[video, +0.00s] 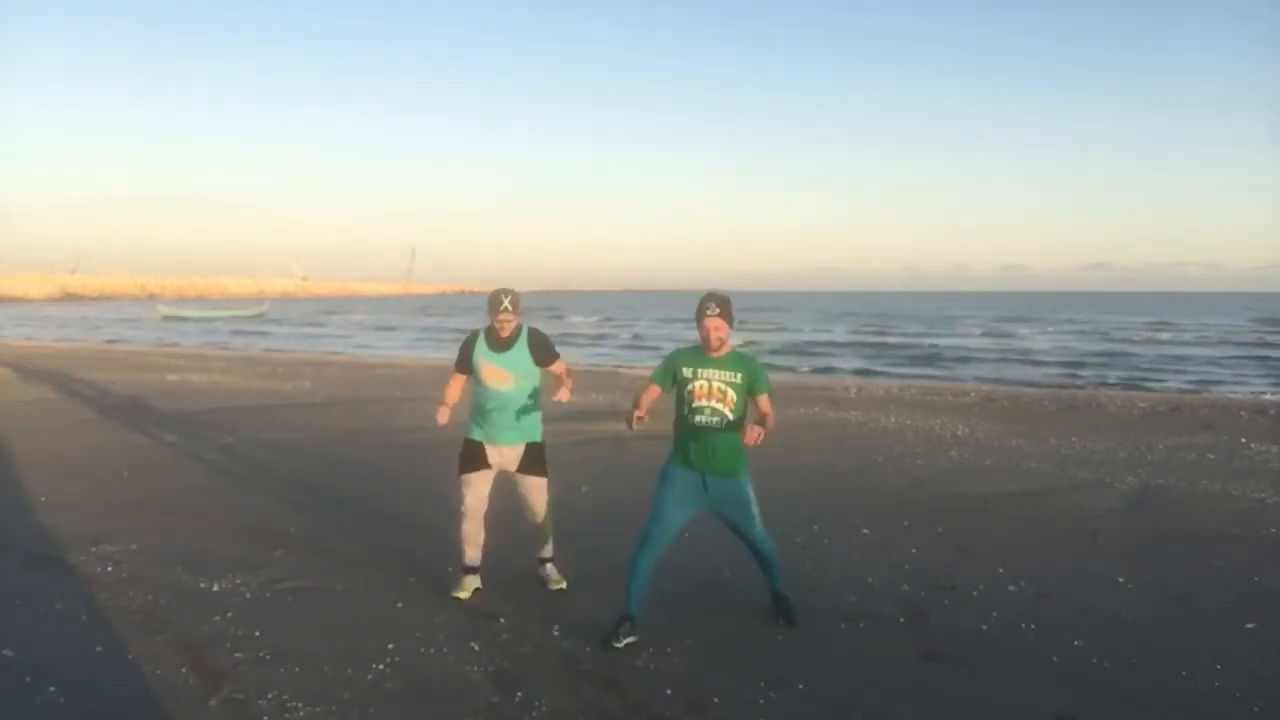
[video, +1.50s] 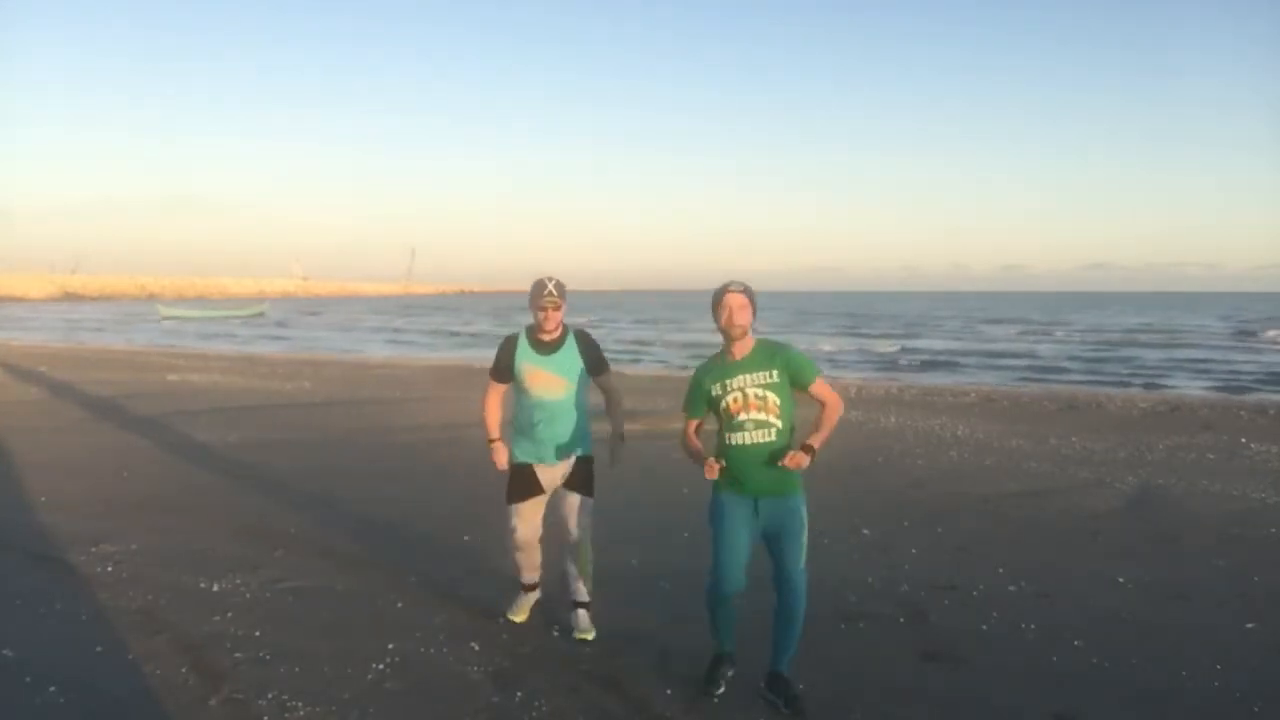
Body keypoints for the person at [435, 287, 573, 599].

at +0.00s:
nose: (504, 325)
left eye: (509, 319)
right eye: (499, 319)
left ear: (519, 316)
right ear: (490, 316)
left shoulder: (533, 339)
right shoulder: (474, 343)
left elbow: (562, 371)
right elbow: (458, 378)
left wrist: (565, 386)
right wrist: (446, 403)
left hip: (526, 440)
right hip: (481, 439)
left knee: (539, 511)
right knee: (472, 508)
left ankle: (547, 563)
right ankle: (470, 573)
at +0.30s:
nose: (506, 318)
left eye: (511, 312)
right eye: (500, 312)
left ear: (520, 309)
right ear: (490, 310)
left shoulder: (534, 334)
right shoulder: (475, 337)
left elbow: (560, 370)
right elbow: (459, 371)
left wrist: (561, 387)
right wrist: (447, 394)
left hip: (525, 435)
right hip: (482, 434)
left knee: (526, 506)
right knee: (476, 506)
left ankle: (530, 575)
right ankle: (475, 572)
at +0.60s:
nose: (506, 315)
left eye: (512, 309)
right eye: (500, 309)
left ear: (521, 307)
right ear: (491, 307)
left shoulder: (535, 332)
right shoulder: (475, 334)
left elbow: (566, 366)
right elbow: (452, 366)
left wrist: (562, 374)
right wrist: (442, 384)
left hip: (526, 436)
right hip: (483, 435)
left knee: (527, 505)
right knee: (483, 508)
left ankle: (529, 576)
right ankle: (481, 579)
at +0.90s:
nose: (495, 327)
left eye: (502, 321)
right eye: (490, 320)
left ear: (512, 320)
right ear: (481, 320)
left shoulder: (529, 348)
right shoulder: (463, 354)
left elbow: (549, 389)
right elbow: (449, 401)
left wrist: (550, 435)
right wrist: (449, 448)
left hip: (528, 448)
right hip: (481, 451)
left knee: (542, 514)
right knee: (478, 521)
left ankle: (544, 580)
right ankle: (480, 583)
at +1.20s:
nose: (517, 321)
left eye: (523, 314)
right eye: (511, 314)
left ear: (533, 315)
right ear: (502, 316)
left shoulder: (552, 346)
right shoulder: (484, 353)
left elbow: (577, 384)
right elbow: (467, 397)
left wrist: (575, 421)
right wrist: (478, 441)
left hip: (556, 451)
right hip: (506, 457)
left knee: (570, 529)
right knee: (494, 527)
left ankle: (580, 604)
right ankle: (480, 579)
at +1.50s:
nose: (548, 315)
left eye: (555, 308)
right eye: (542, 308)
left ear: (564, 308)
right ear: (532, 309)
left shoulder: (582, 343)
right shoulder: (513, 348)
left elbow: (610, 389)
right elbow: (493, 395)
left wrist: (617, 431)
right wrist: (494, 439)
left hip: (574, 454)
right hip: (527, 456)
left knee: (576, 532)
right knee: (523, 532)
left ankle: (581, 609)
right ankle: (529, 591)